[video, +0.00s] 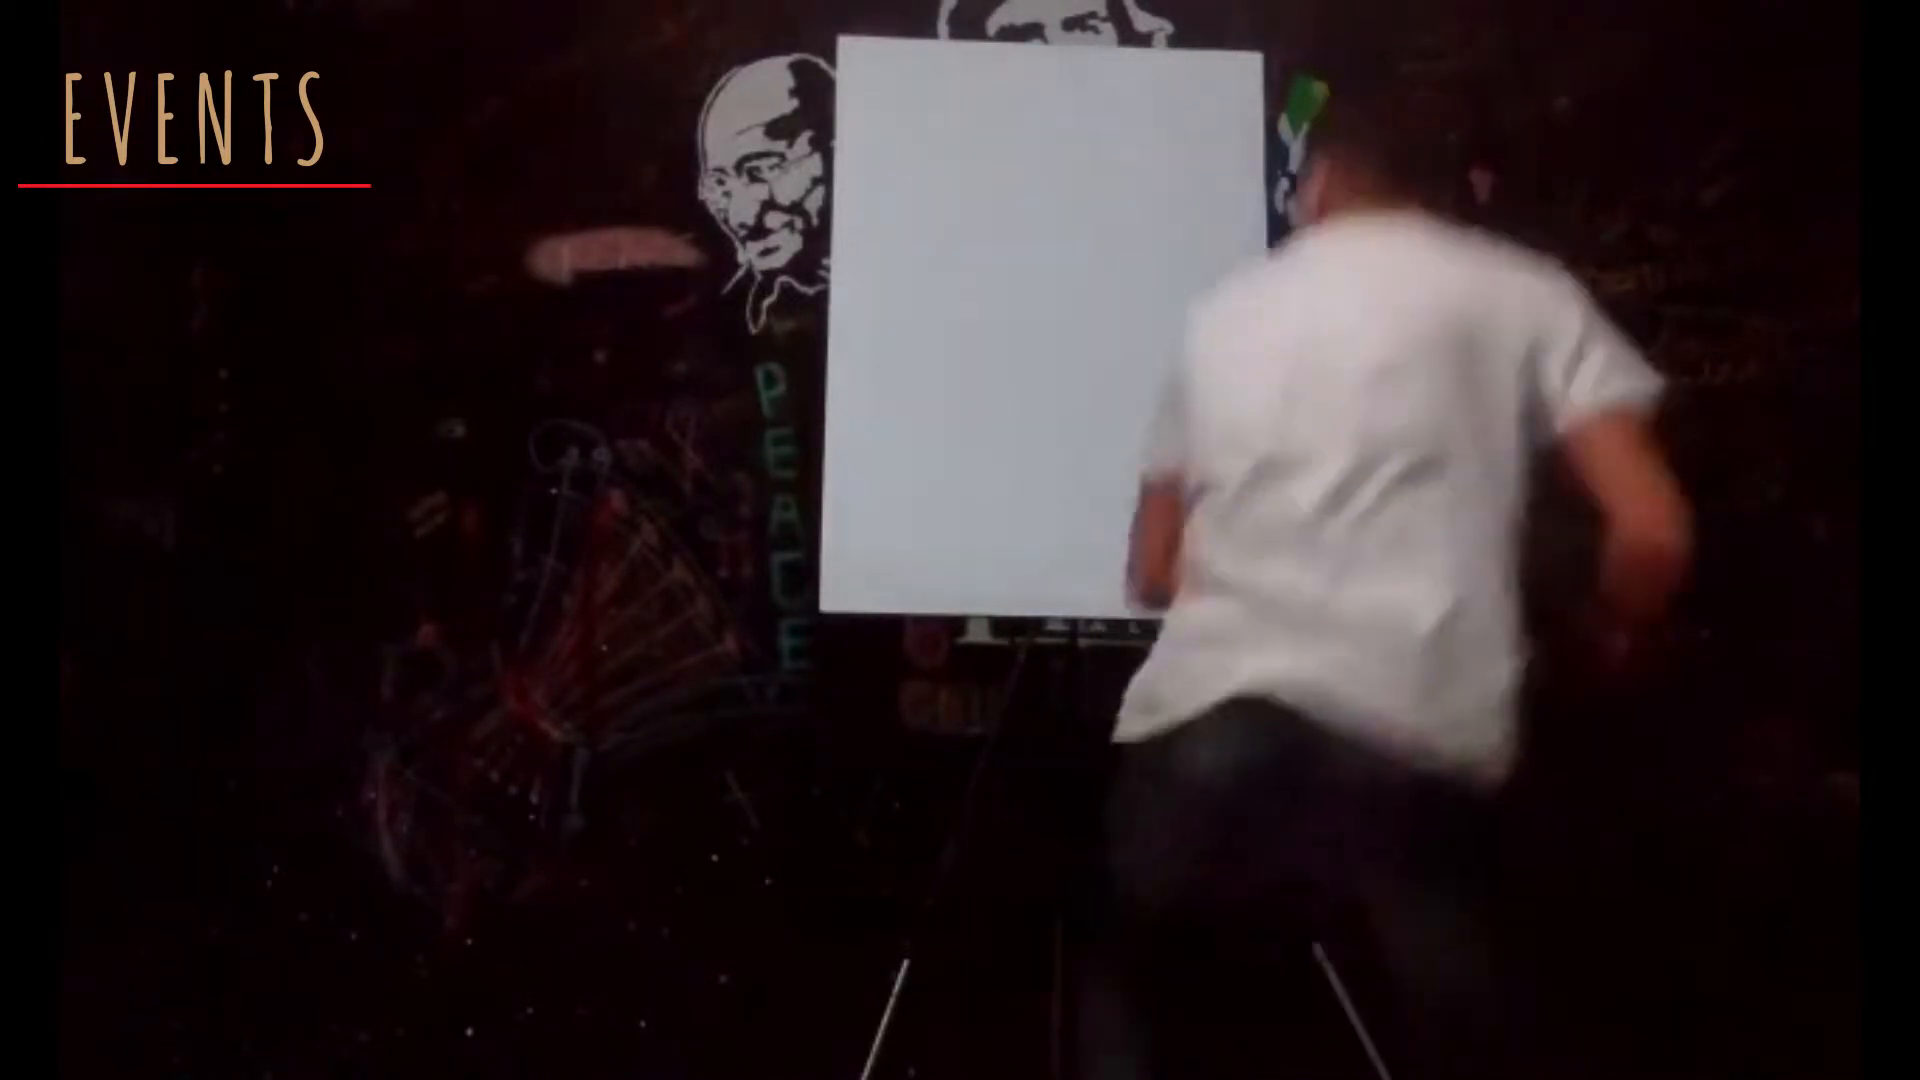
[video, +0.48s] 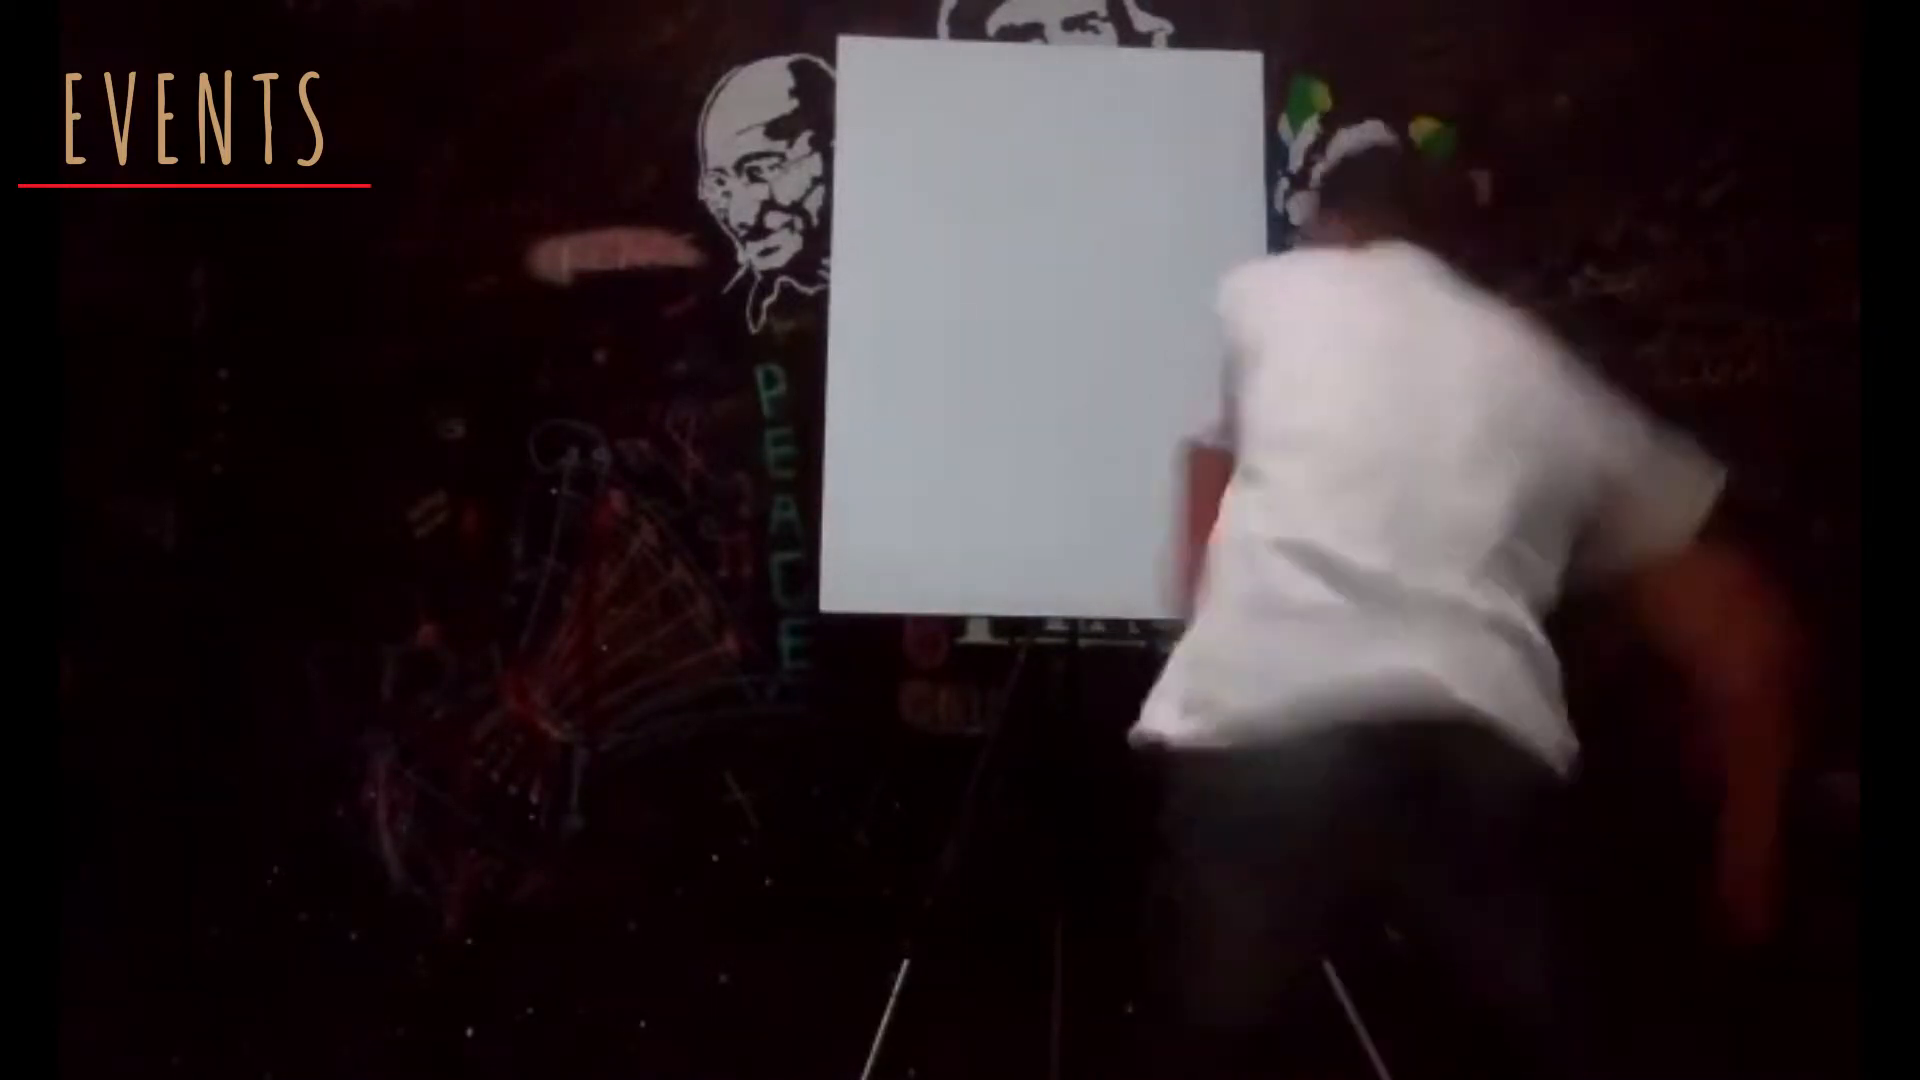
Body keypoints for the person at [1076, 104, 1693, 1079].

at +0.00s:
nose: (1299, 192)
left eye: (1305, 171)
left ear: (1326, 178)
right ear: (1455, 183)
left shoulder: (1226, 308)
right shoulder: (1524, 292)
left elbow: (1156, 565)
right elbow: (1650, 530)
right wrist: (1610, 636)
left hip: (1197, 738)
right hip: (1422, 750)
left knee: (1160, 1042)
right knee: (1454, 1050)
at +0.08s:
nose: (1305, 157)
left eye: (1312, 137)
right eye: (1310, 139)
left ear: (1338, 133)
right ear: (1465, 136)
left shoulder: (1238, 266)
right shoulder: (1541, 242)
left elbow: (1211, 519)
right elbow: (1628, 538)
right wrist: (1596, 716)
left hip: (1225, 691)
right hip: (1439, 681)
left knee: (1227, 1023)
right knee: (1477, 1024)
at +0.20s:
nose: (1315, 148)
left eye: (1323, 126)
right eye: (1321, 129)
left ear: (1347, 127)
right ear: (1474, 129)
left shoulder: (1248, 263)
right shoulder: (1548, 236)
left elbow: (1217, 505)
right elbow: (1641, 535)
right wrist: (1601, 724)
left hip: (1228, 681)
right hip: (1437, 675)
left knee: (1260, 1030)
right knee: (1499, 1020)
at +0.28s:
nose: (1338, 176)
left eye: (1337, 160)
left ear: (1358, 155)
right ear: (1487, 149)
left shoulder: (1262, 280)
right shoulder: (1547, 243)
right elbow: (1741, 517)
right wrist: (1662, 653)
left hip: (1237, 684)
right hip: (1451, 672)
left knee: (1297, 1048)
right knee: (1522, 1031)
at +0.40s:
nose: (1333, 199)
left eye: (1334, 184)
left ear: (1357, 183)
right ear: (1485, 181)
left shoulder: (1264, 291)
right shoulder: (1553, 277)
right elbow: (1786, 541)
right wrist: (1702, 663)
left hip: (1242, 708)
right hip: (1466, 710)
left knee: (1290, 1053)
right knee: (1513, 1041)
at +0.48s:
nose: (1305, 242)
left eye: (1309, 228)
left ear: (1326, 223)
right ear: (1452, 227)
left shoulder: (1262, 293)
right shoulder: (1540, 373)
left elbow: (1203, 545)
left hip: (1253, 745)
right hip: (1482, 753)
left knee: (1226, 1053)